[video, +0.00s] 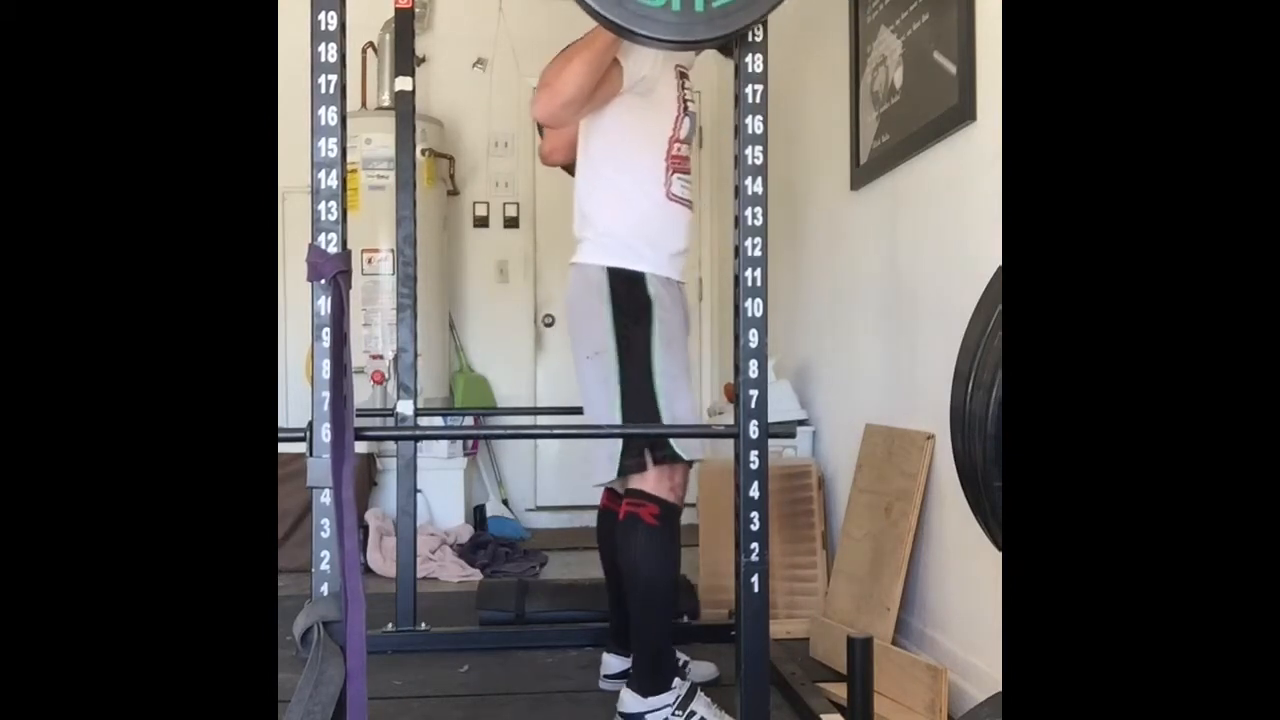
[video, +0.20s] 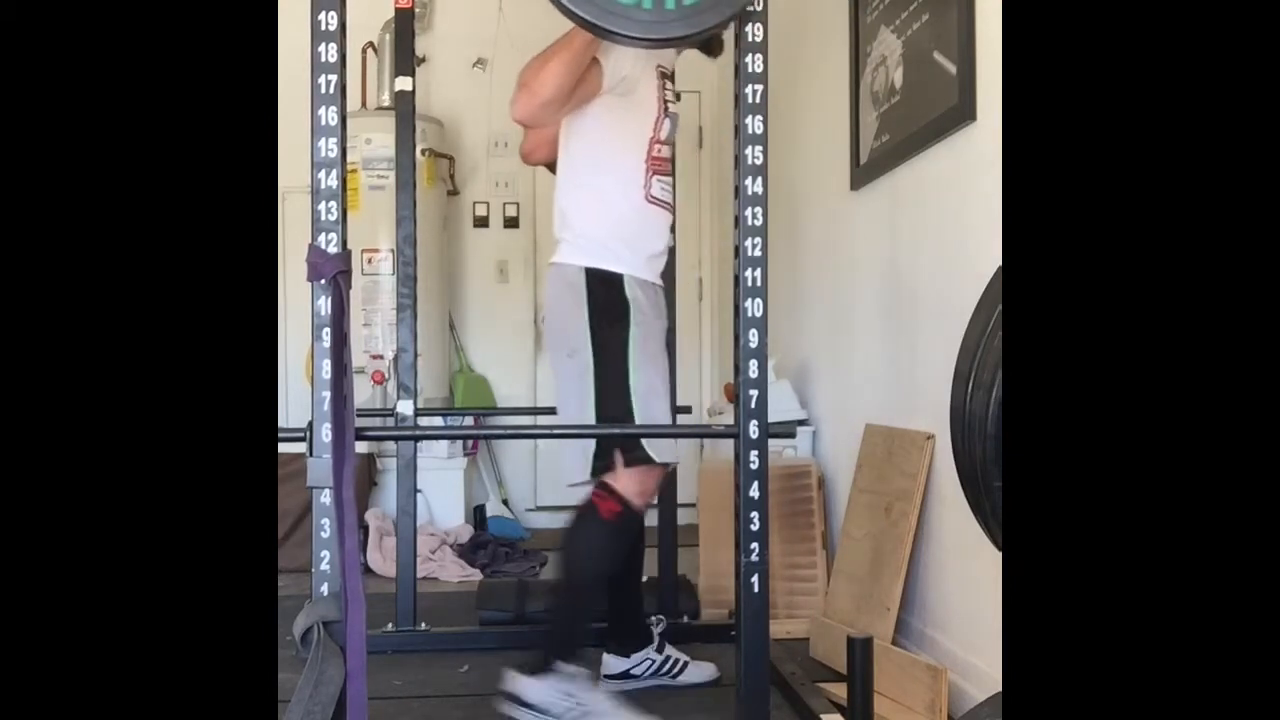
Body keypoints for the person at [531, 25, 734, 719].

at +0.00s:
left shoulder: (665, 55)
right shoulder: (627, 38)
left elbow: (554, 147)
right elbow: (549, 105)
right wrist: (619, 19)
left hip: (646, 279)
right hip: (622, 279)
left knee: (643, 470)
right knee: (659, 470)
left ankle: (629, 649)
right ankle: (653, 689)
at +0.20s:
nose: (700, 27)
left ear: (656, 4)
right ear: (655, 2)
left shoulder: (645, 57)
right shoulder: (611, 40)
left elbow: (535, 148)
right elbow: (528, 106)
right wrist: (596, 20)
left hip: (630, 278)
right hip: (599, 278)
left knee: (633, 472)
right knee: (630, 472)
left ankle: (630, 650)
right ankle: (542, 670)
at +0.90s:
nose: (643, 7)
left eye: (644, 3)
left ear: (608, 7)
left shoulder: (560, 58)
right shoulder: (516, 26)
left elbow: (440, 135)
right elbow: (404, 87)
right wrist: (465, 6)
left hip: (530, 288)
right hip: (484, 283)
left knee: (524, 476)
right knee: (476, 488)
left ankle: (481, 641)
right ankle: (445, 699)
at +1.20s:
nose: (615, 21)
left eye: (614, 15)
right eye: (609, 10)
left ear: (586, 20)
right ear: (576, 4)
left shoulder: (540, 66)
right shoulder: (498, 43)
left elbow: (423, 139)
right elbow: (387, 95)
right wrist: (457, 18)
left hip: (508, 289)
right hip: (469, 285)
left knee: (485, 481)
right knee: (461, 485)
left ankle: (473, 646)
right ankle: (442, 694)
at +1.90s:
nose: (594, 3)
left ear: (564, 8)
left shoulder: (530, 67)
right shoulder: (482, 35)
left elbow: (414, 144)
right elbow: (373, 97)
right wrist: (432, 14)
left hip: (506, 290)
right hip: (460, 286)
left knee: (483, 481)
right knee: (455, 486)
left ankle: (475, 647)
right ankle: (445, 696)